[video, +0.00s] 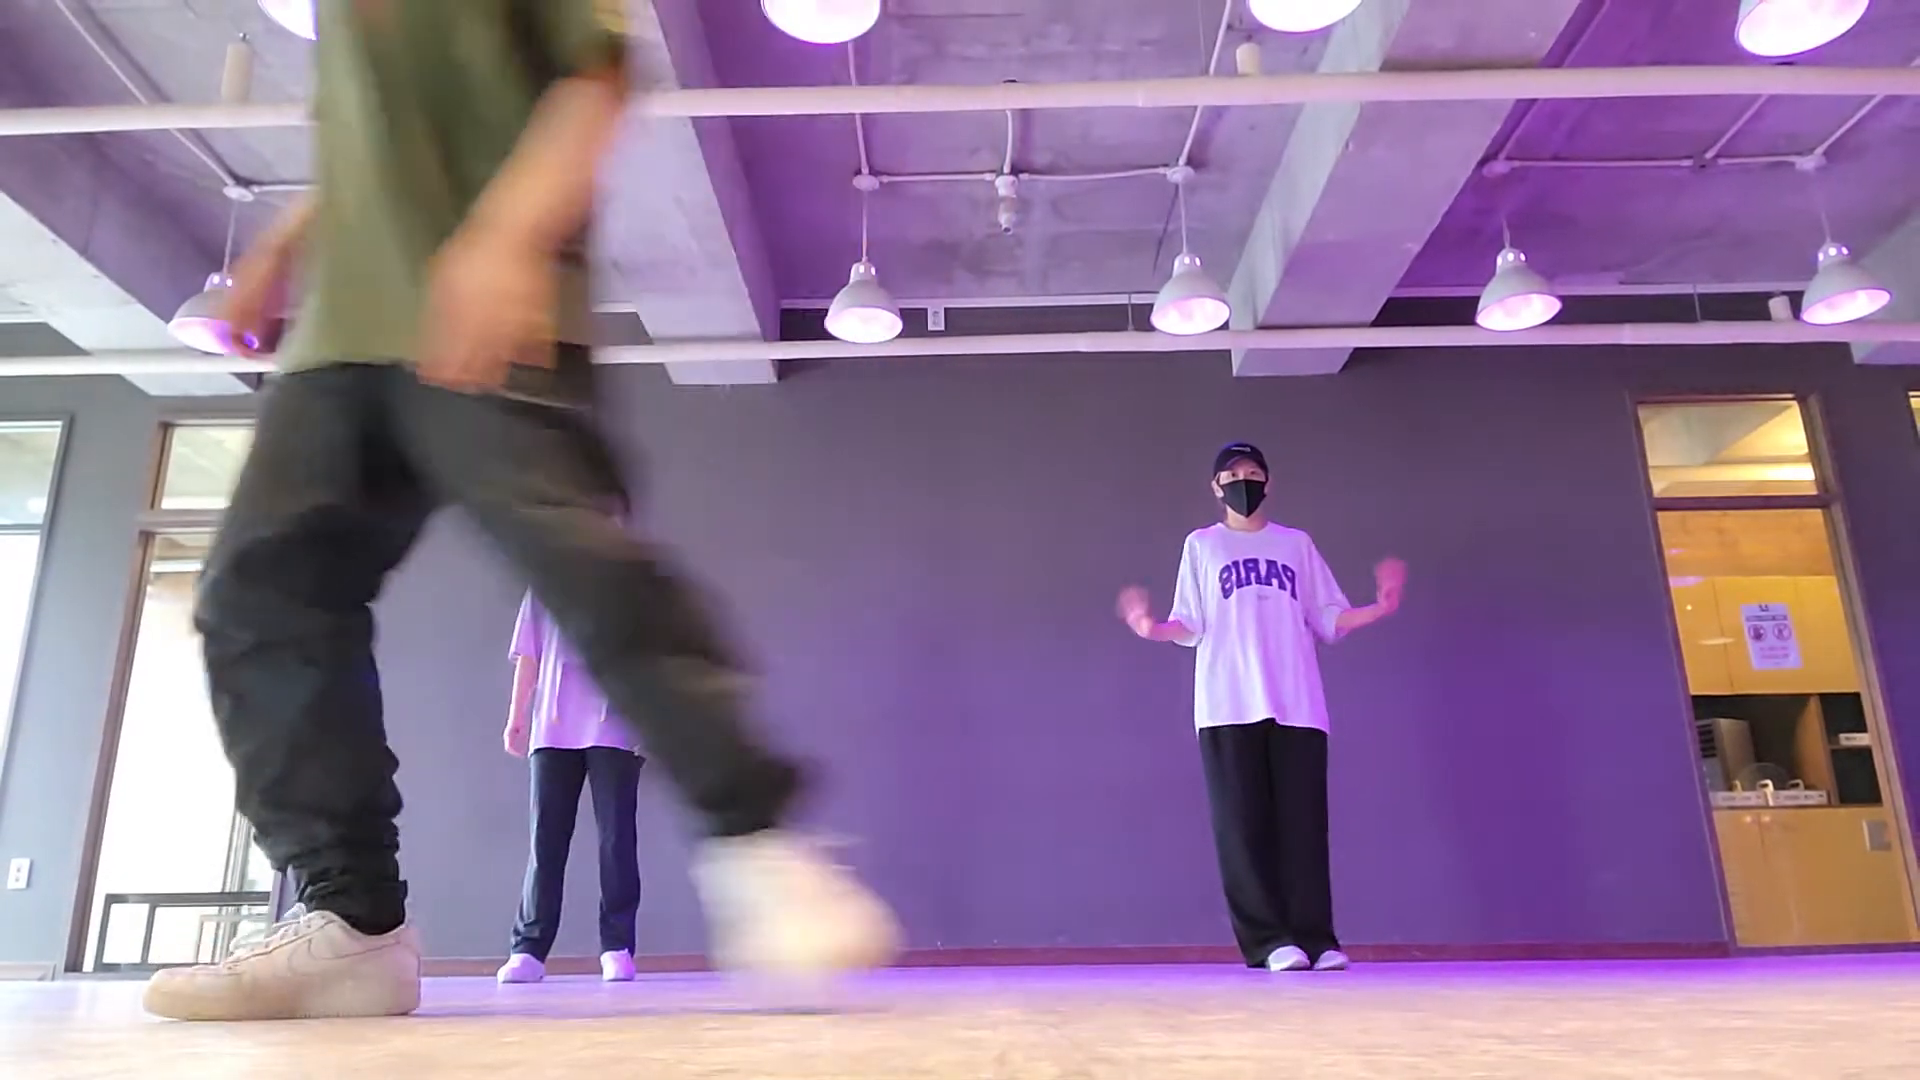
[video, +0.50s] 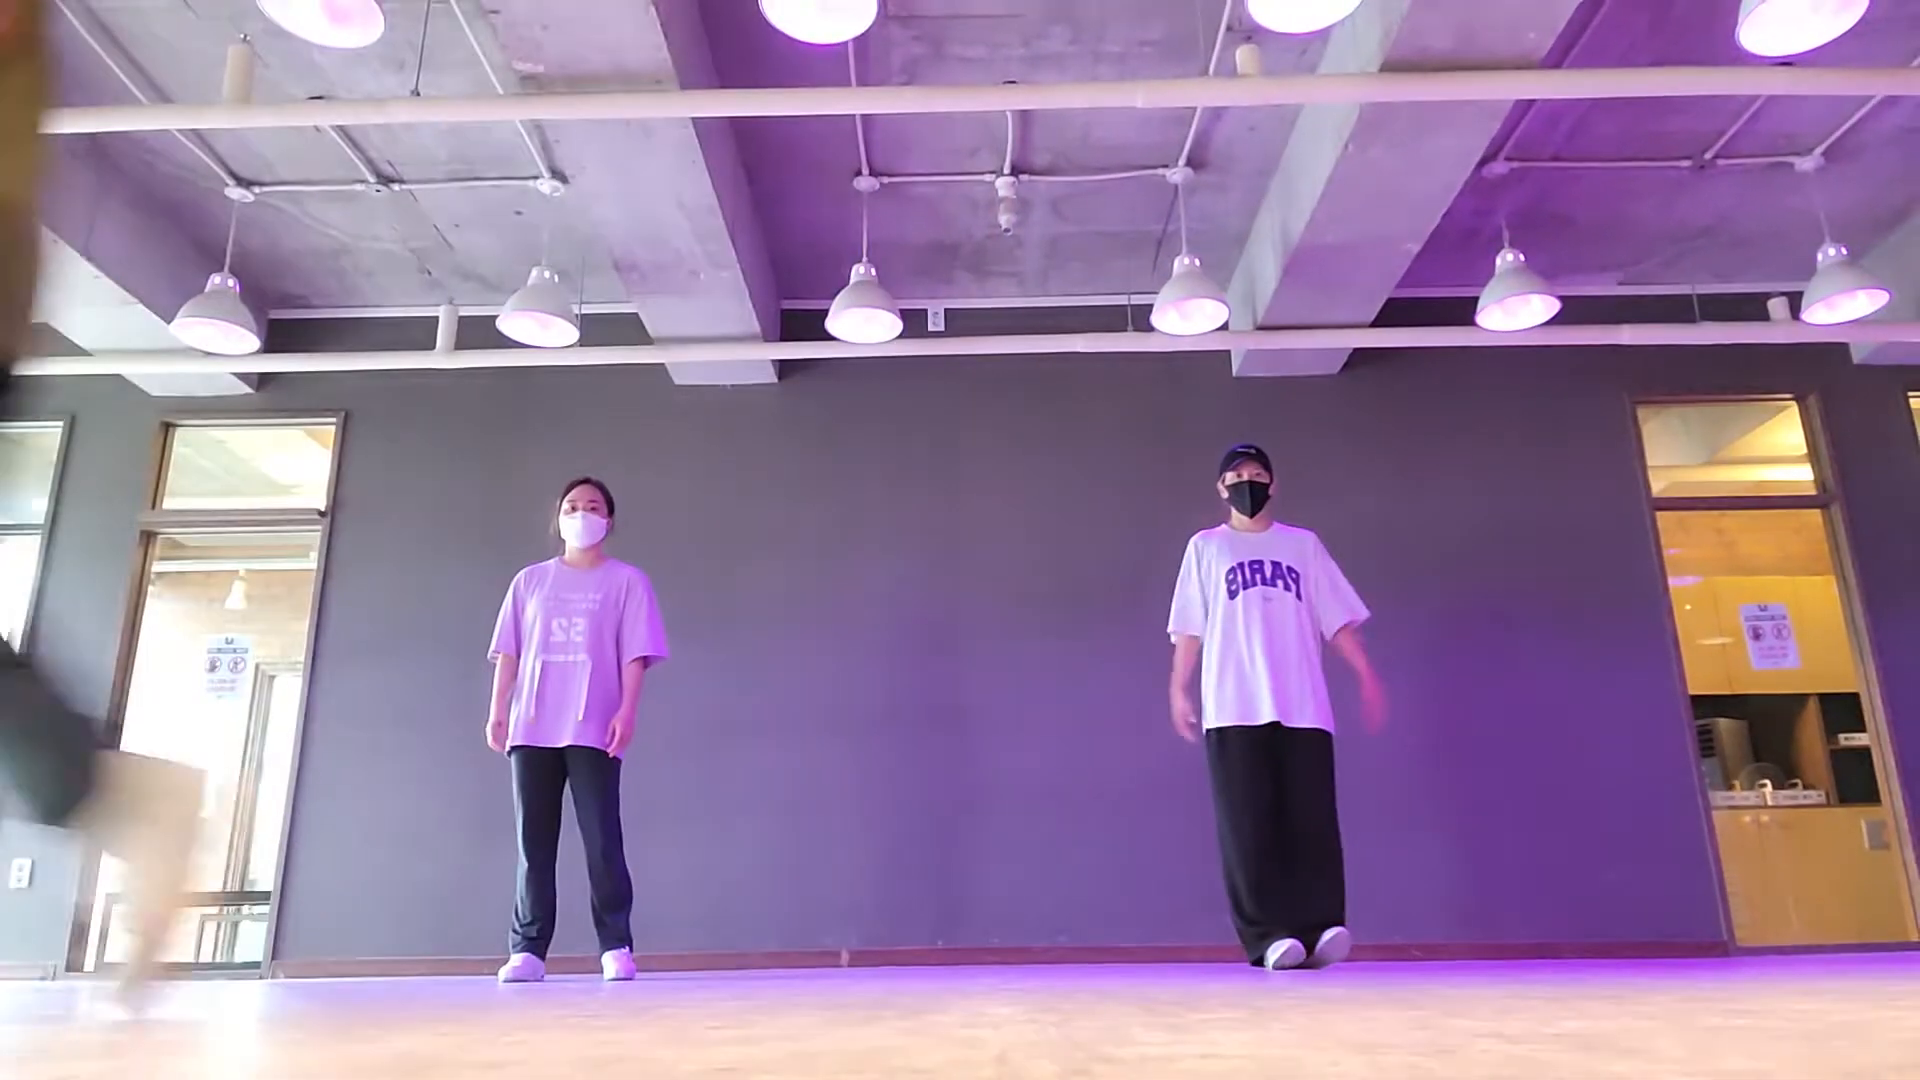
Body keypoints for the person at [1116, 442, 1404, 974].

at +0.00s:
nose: (1244, 483)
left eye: (1252, 474)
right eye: (1233, 475)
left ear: (1267, 483)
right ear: (1217, 486)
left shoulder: (1298, 545)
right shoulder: (1201, 546)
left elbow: (1330, 622)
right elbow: (1191, 627)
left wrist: (1381, 607)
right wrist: (1149, 627)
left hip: (1297, 702)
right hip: (1229, 706)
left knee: (1303, 822)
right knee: (1245, 829)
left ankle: (1318, 941)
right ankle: (1269, 944)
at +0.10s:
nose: (1247, 483)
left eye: (1256, 474)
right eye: (1236, 475)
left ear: (1271, 484)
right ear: (1220, 487)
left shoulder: (1302, 545)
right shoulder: (1204, 547)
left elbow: (1335, 622)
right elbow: (1196, 628)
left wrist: (1392, 607)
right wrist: (1151, 633)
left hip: (1299, 704)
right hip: (1233, 707)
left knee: (1307, 822)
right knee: (1248, 830)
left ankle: (1321, 941)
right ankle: (1270, 947)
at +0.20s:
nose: (1251, 484)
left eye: (1260, 475)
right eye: (1240, 476)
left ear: (1275, 484)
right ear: (1224, 487)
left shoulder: (1308, 545)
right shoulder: (1207, 548)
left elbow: (1340, 624)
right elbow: (1195, 628)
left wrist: (1385, 617)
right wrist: (1164, 641)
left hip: (1304, 707)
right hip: (1236, 710)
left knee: (1313, 823)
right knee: (1252, 833)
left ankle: (1326, 940)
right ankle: (1273, 949)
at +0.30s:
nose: (1256, 480)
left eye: (1266, 471)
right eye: (1245, 472)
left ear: (1281, 483)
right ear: (1228, 487)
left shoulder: (1313, 545)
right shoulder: (1211, 548)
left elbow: (1354, 625)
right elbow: (1191, 630)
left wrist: (1409, 632)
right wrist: (1149, 665)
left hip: (1310, 712)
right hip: (1241, 715)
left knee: (1320, 829)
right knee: (1257, 839)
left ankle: (1332, 943)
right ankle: (1278, 955)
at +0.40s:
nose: (1247, 486)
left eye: (1256, 478)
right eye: (1236, 479)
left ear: (1270, 486)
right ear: (1221, 488)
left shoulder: (1301, 543)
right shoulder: (1204, 545)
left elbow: (1343, 619)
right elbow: (1181, 627)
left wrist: (1395, 661)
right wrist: (1152, 686)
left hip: (1299, 703)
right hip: (1232, 705)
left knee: (1308, 816)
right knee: (1248, 823)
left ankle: (1319, 930)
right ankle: (1269, 941)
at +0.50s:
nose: (1248, 485)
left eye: (1257, 477)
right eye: (1237, 478)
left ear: (1272, 486)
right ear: (1221, 488)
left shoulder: (1304, 544)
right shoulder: (1204, 548)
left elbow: (1337, 622)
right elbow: (1190, 629)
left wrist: (1367, 675)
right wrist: (1179, 689)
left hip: (1302, 701)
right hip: (1235, 704)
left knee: (1310, 816)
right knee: (1250, 823)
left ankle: (1320, 931)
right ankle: (1269, 940)